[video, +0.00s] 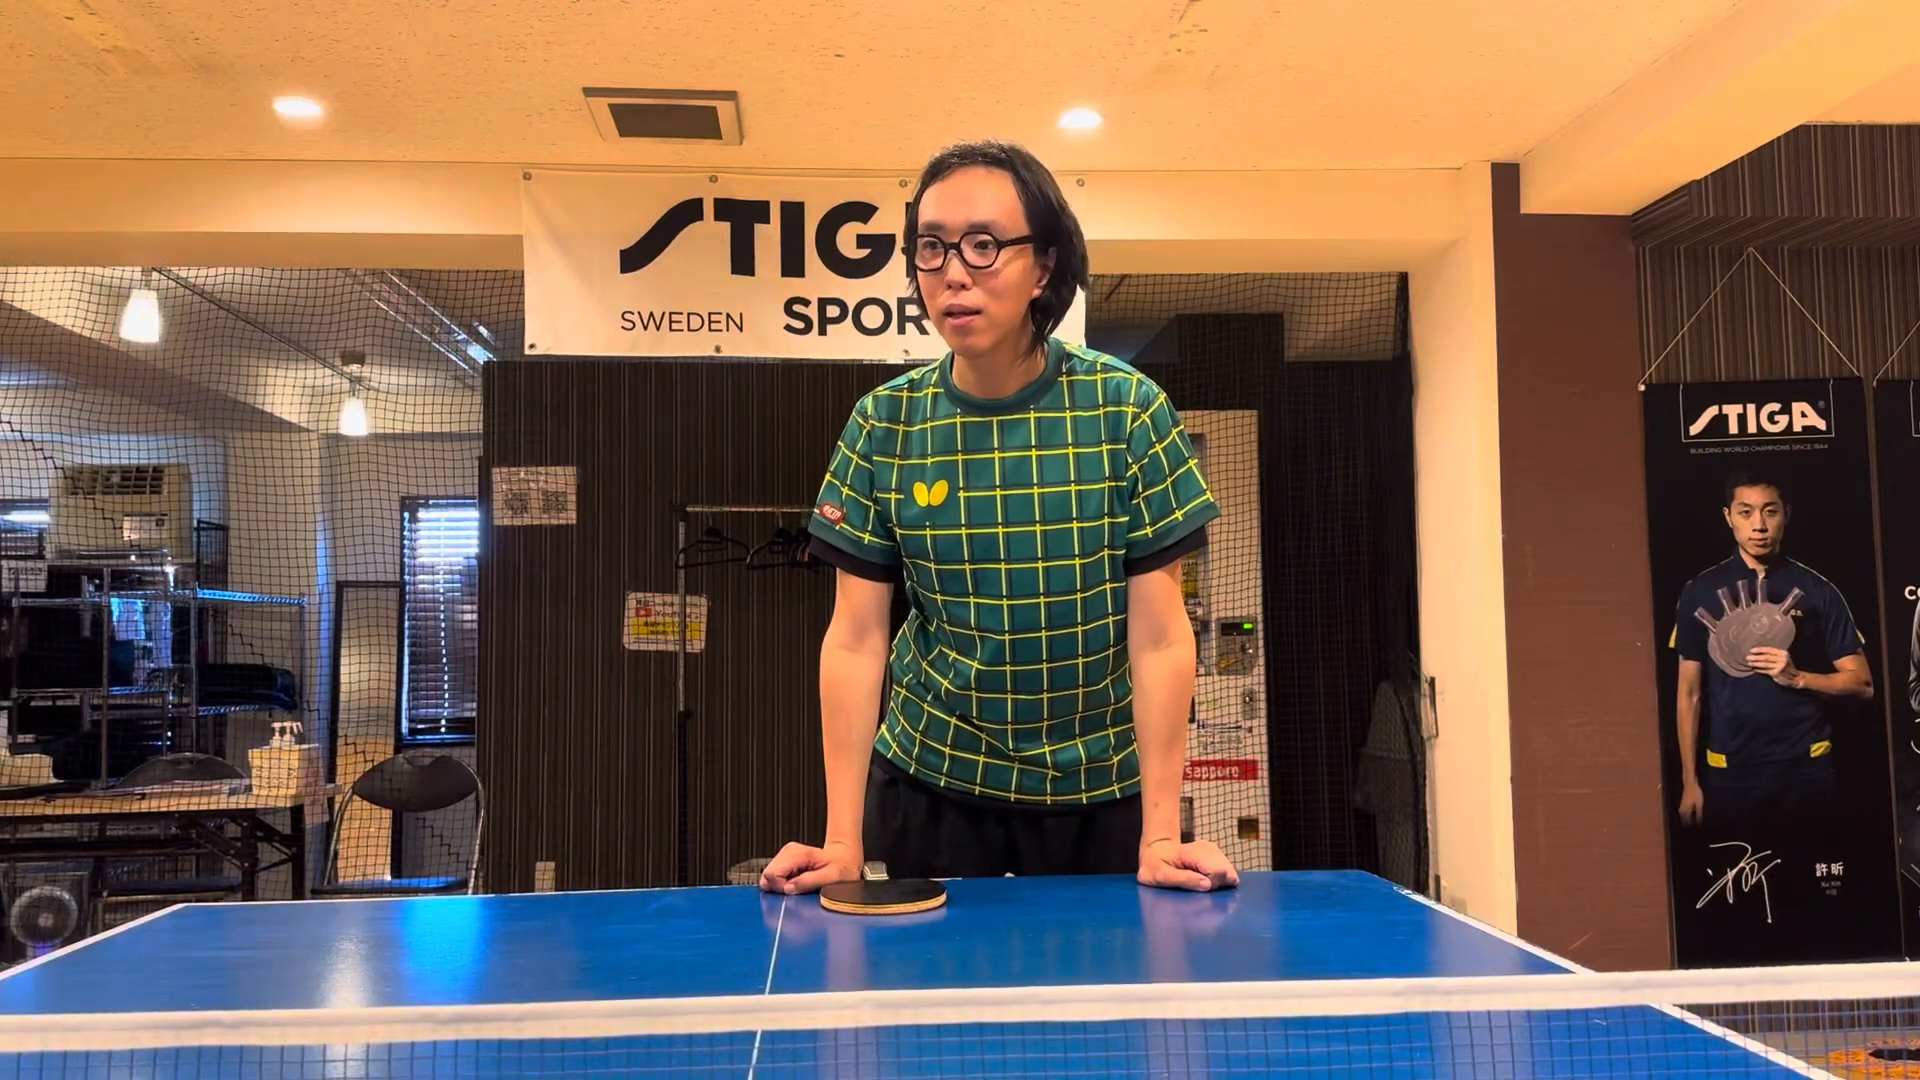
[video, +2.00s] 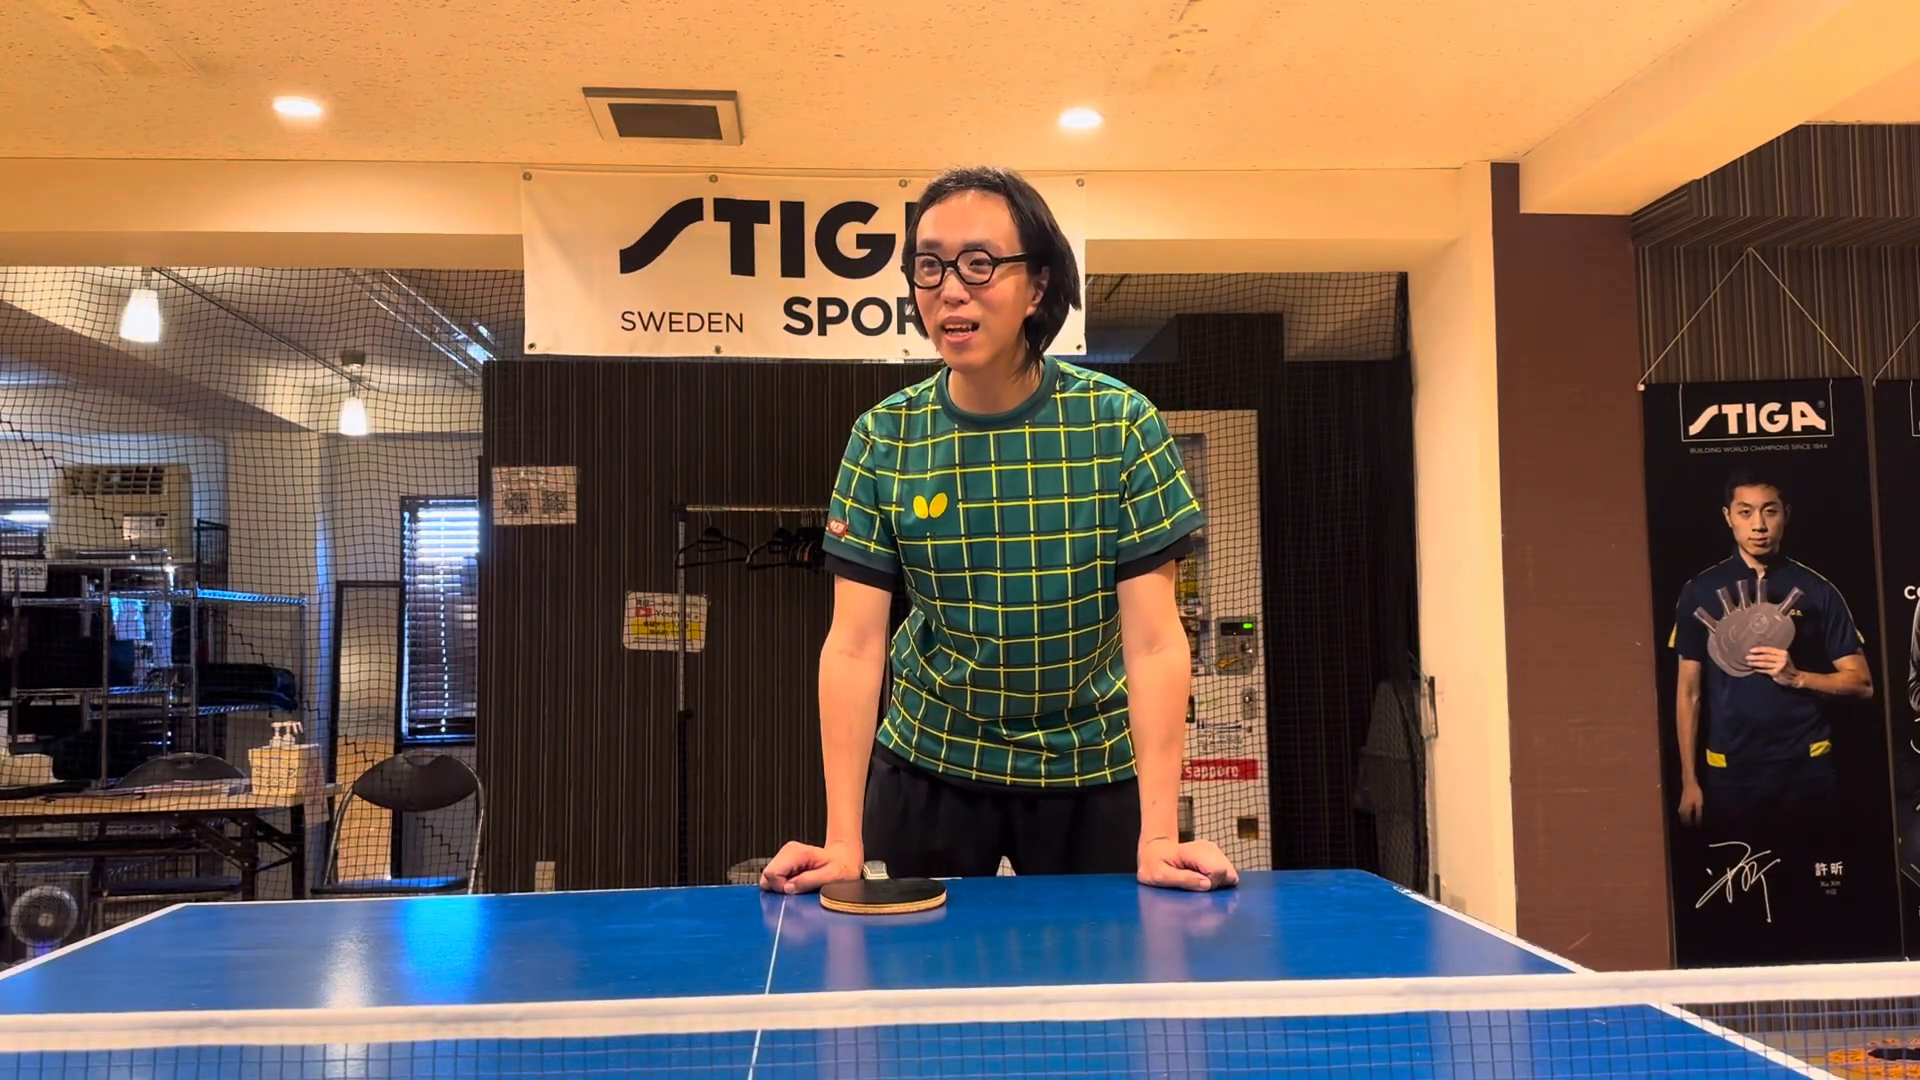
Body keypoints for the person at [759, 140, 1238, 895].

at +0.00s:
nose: (952, 272)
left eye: (984, 245)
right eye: (933, 246)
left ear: (1044, 269)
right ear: (915, 267)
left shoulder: (1124, 409)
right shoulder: (886, 420)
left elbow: (1160, 637)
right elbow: (855, 639)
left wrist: (1163, 835)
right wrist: (842, 843)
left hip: (1095, 816)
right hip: (927, 812)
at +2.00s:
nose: (949, 289)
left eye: (979, 263)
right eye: (931, 266)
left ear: (1037, 287)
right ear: (914, 287)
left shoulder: (1120, 426)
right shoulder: (886, 437)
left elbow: (1154, 642)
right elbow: (853, 646)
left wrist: (1161, 836)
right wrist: (842, 844)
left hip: (1090, 781)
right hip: (927, 778)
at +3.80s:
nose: (1001, 248)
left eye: (1029, 228)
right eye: (982, 228)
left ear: (1071, 260)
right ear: (960, 254)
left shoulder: (1129, 420)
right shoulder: (913, 426)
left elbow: (1154, 614)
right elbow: (882, 627)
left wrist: (1135, 751)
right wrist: (906, 763)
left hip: (1095, 776)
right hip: (948, 776)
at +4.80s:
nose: (1010, 318)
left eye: (1034, 295)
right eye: (988, 294)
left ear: (1069, 310)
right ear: (960, 311)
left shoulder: (1120, 459)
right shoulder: (900, 464)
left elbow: (1158, 639)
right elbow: (831, 648)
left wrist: (1124, 641)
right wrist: (916, 708)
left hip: (1097, 800)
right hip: (929, 801)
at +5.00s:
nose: (1070, 329)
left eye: (1095, 307)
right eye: (1048, 304)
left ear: (1129, 321)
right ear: (1019, 317)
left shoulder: (1181, 453)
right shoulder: (964, 473)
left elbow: (1232, 661)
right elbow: (886, 649)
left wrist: (1186, 541)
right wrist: (938, 714)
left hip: (1154, 782)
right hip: (989, 779)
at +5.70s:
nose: (1032, 387)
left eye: (1058, 363)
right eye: (1010, 361)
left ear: (1096, 378)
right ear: (986, 374)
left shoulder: (1149, 493)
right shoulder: (933, 513)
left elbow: (1203, 684)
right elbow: (869, 694)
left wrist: (1162, 623)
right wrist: (898, 767)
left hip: (1121, 792)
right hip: (962, 796)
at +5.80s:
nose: (1028, 394)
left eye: (1053, 369)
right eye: (1006, 367)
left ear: (1091, 383)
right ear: (982, 380)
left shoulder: (1149, 502)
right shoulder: (927, 521)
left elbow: (1202, 651)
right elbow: (873, 692)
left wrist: (1156, 668)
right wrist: (876, 760)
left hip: (1123, 811)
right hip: (956, 813)